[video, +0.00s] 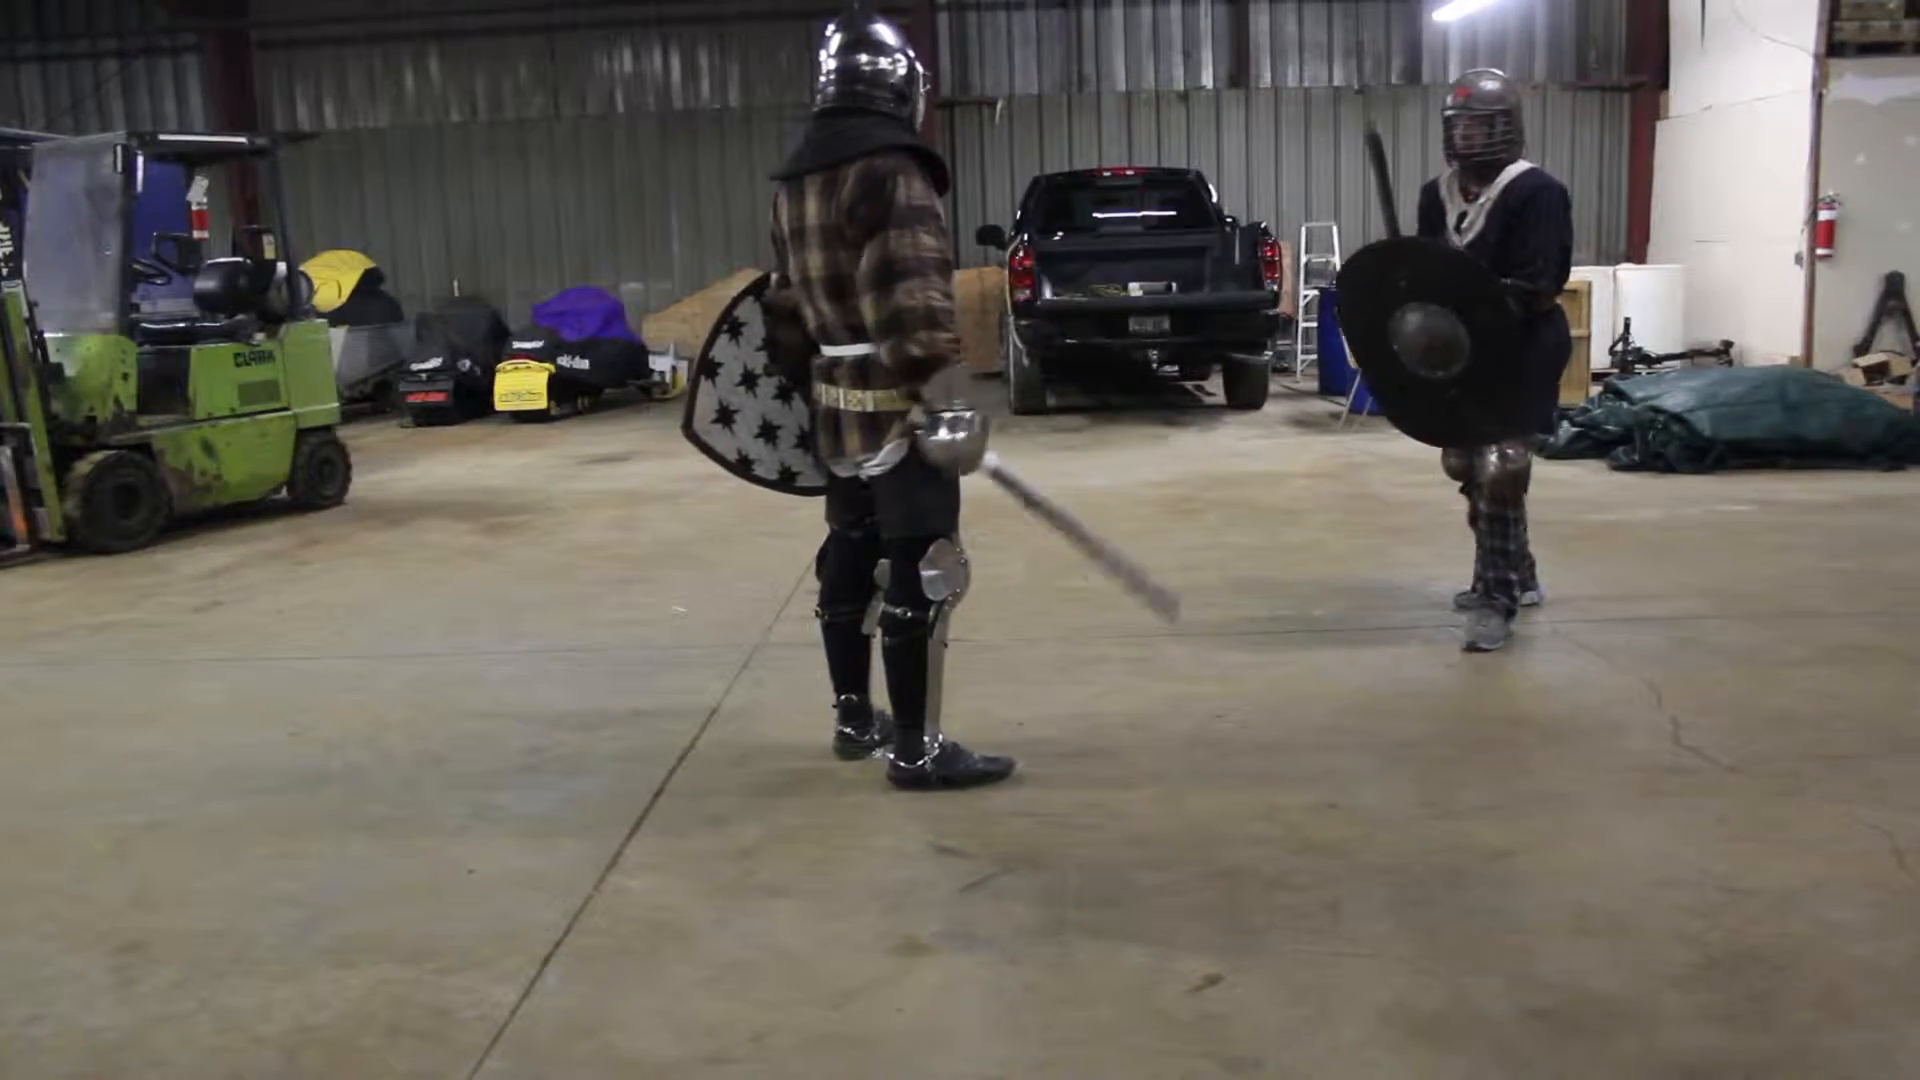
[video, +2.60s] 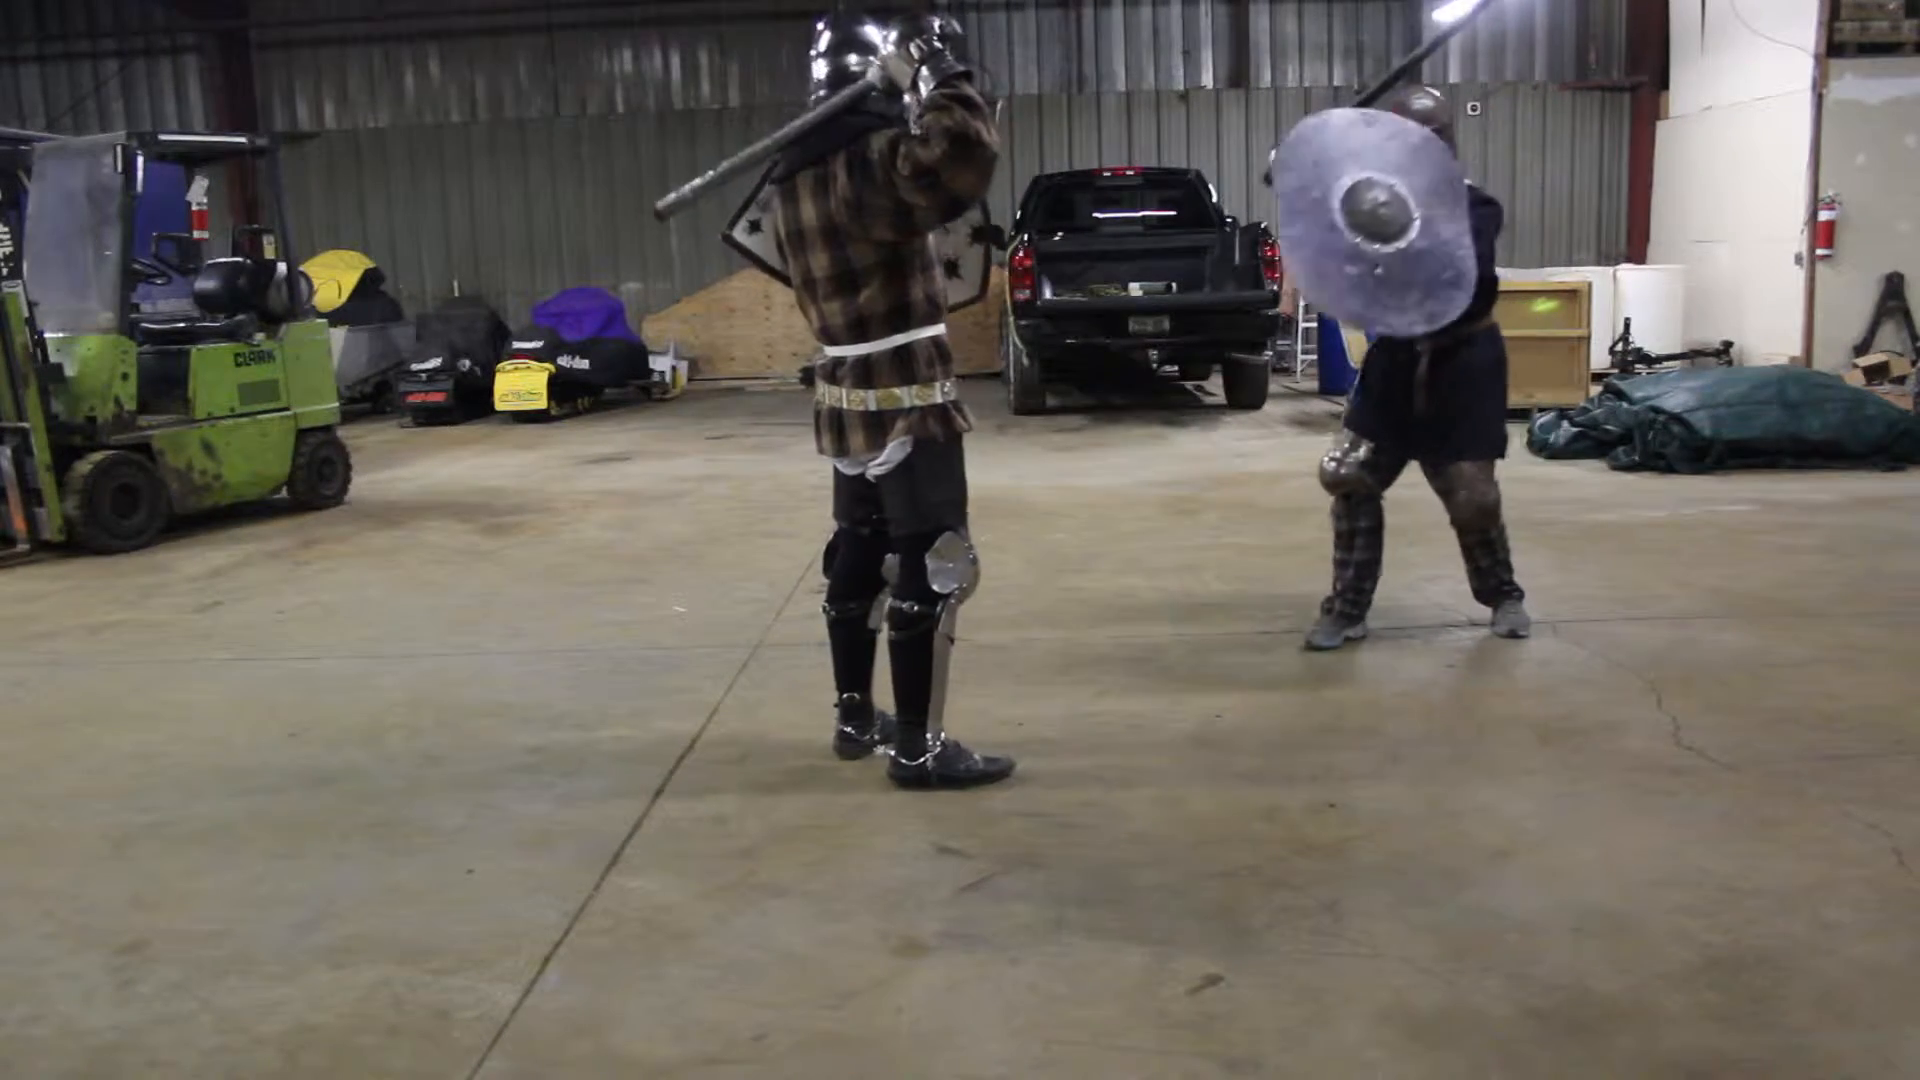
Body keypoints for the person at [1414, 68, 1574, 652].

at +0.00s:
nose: (1471, 133)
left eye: (1484, 121)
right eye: (1461, 122)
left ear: (1509, 127)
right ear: (1447, 129)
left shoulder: (1537, 192)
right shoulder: (1435, 196)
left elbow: (1543, 279)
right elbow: (1428, 273)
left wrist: (1473, 311)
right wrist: (1421, 324)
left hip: (1524, 354)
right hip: (1464, 355)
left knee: (1501, 465)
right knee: (1465, 463)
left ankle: (1494, 598)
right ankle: (1515, 573)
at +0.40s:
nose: (1464, 122)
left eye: (1479, 111)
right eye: (1454, 111)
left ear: (1504, 117)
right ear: (1440, 118)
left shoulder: (1528, 186)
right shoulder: (1424, 187)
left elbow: (1529, 281)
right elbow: (1411, 273)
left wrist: (1460, 307)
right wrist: (1396, 334)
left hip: (1514, 359)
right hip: (1443, 357)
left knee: (1499, 470)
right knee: (1400, 456)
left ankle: (1492, 604)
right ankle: (1446, 565)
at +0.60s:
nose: (1432, 131)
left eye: (1446, 120)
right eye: (1423, 120)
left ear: (1477, 122)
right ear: (1414, 125)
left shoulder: (1509, 188)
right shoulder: (1406, 189)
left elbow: (1519, 271)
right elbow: (1374, 262)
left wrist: (1459, 302)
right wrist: (1327, 283)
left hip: (1495, 367)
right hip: (1419, 364)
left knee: (1487, 480)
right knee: (1396, 469)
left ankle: (1491, 609)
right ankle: (1364, 597)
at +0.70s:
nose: (1421, 139)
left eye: (1436, 125)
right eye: (1411, 126)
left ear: (1464, 127)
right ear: (1397, 129)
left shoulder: (1494, 191)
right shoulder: (1386, 192)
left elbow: (1500, 275)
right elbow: (1346, 251)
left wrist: (1452, 256)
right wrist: (1293, 245)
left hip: (1487, 356)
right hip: (1417, 357)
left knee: (1478, 479)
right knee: (1389, 470)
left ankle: (1490, 609)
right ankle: (1367, 603)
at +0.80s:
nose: (1415, 127)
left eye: (1428, 115)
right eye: (1405, 115)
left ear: (1449, 123)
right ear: (1391, 120)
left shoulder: (1474, 187)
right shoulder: (1374, 188)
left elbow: (1459, 246)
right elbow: (1305, 244)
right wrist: (1270, 211)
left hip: (1473, 335)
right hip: (1408, 336)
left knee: (1466, 476)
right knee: (1374, 467)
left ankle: (1489, 607)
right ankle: (1368, 600)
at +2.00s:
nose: (1453, 146)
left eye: (1467, 133)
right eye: (1442, 135)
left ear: (1490, 139)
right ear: (1427, 141)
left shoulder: (1522, 201)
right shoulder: (1413, 206)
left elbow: (1517, 272)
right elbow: (1353, 268)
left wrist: (1462, 212)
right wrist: (1317, 231)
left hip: (1514, 350)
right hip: (1444, 351)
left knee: (1513, 488)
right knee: (1398, 472)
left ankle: (1509, 599)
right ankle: (1375, 600)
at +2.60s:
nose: (1414, 147)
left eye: (1428, 135)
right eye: (1402, 136)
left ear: (1449, 139)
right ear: (1387, 140)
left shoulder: (1476, 209)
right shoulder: (1379, 202)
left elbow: (1465, 295)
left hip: (1466, 354)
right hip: (1394, 352)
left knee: (1470, 490)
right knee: (1351, 477)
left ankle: (1503, 598)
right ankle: (1346, 609)